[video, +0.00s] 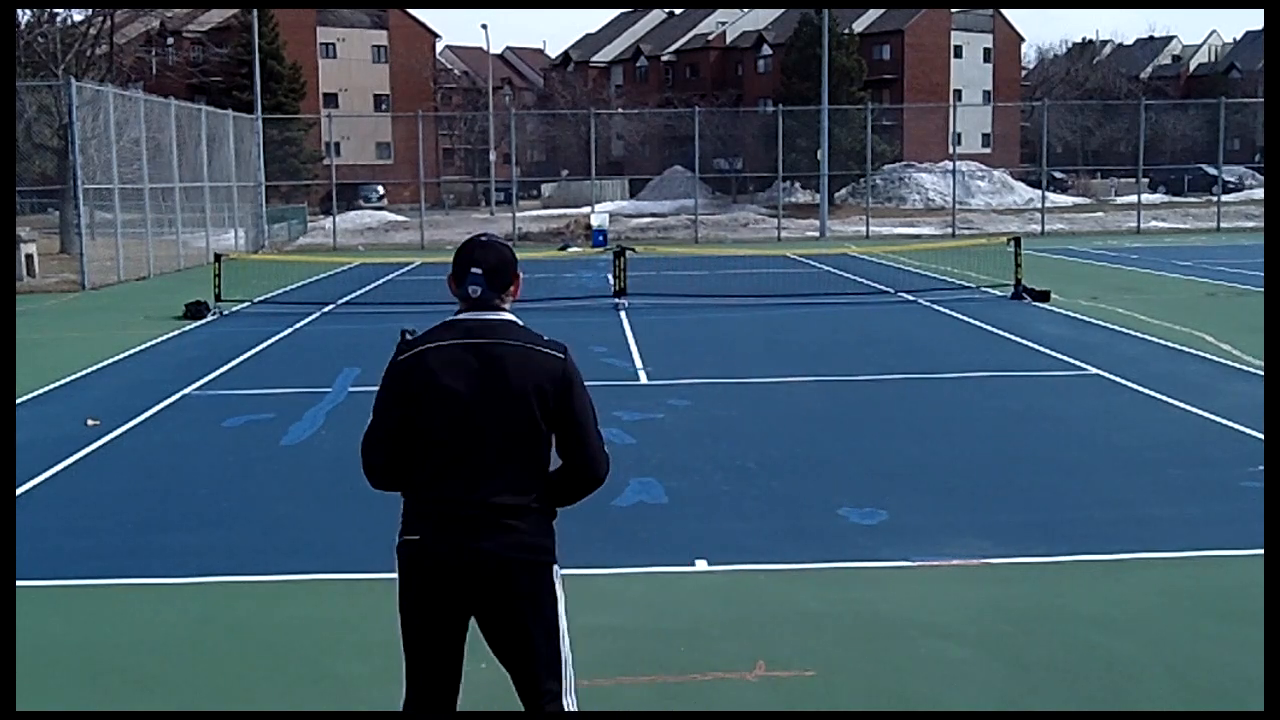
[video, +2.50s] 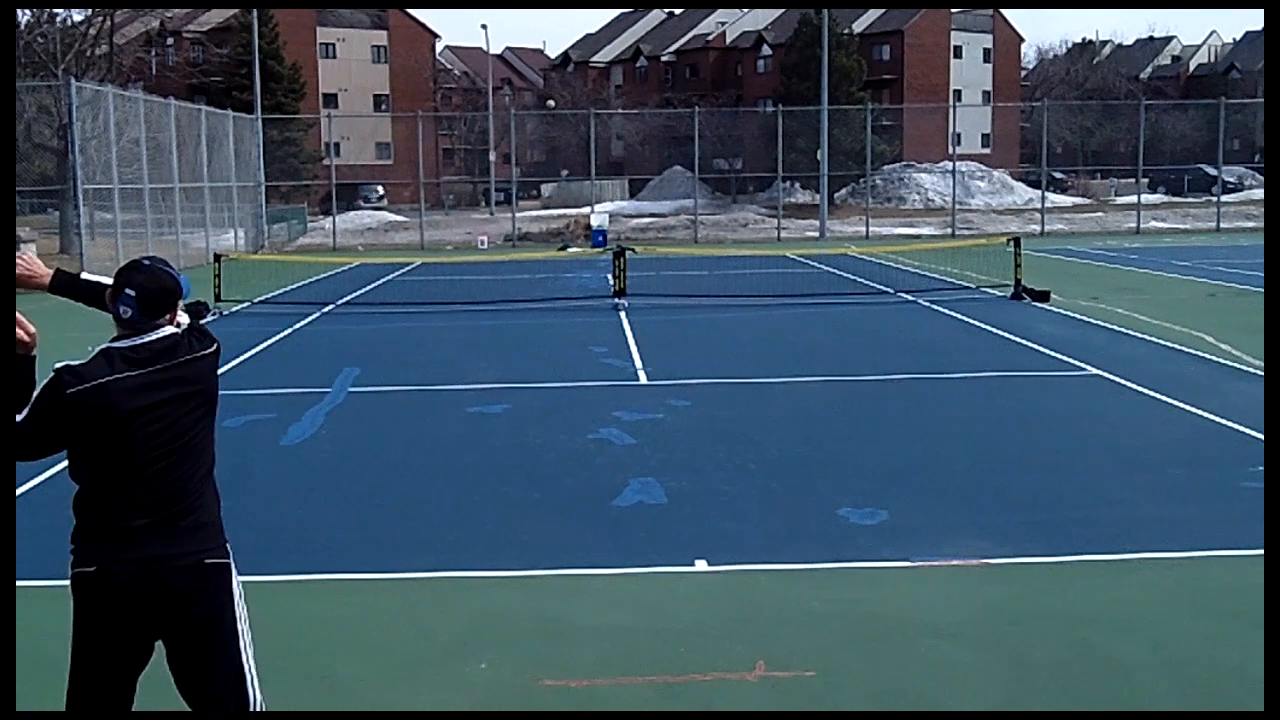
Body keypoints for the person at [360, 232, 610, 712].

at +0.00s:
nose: (517, 284)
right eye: (517, 279)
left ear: (453, 288)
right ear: (515, 286)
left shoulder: (411, 358)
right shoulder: (549, 359)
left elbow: (380, 469)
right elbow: (590, 466)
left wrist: (436, 474)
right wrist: (536, 497)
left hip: (430, 558)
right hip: (518, 559)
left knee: (427, 699)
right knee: (547, 697)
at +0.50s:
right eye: (556, 303)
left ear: (491, 310)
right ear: (556, 311)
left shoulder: (457, 384)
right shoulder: (591, 385)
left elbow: (423, 499)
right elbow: (634, 497)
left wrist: (480, 476)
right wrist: (571, 514)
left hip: (481, 591)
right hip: (571, 591)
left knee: (461, 705)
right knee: (592, 705)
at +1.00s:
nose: (488, 334)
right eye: (488, 326)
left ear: (420, 327)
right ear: (482, 335)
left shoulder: (387, 392)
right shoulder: (461, 408)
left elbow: (447, 481)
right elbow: (492, 533)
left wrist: (527, 452)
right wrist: (546, 507)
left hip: (383, 590)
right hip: (451, 595)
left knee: (446, 705)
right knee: (521, 705)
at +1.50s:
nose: (328, 367)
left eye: (326, 357)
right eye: (326, 356)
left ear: (275, 348)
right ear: (314, 360)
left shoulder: (286, 412)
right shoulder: (247, 404)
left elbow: (348, 466)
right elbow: (209, 491)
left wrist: (430, 463)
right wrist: (299, 470)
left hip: (194, 599)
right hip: (164, 601)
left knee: (225, 703)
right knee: (204, 706)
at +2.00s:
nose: (255, 418)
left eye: (257, 409)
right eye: (256, 410)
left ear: (195, 397)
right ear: (240, 415)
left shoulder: (121, 425)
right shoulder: (216, 476)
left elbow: (77, 514)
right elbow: (245, 600)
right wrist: (315, 684)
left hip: (20, 609)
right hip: (92, 632)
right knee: (171, 708)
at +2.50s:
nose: (182, 307)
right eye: (179, 303)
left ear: (118, 312)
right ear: (174, 313)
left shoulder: (75, 385)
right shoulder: (201, 353)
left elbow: (20, 441)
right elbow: (148, 305)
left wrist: (21, 359)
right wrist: (52, 278)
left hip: (107, 576)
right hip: (198, 570)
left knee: (96, 703)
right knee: (229, 702)